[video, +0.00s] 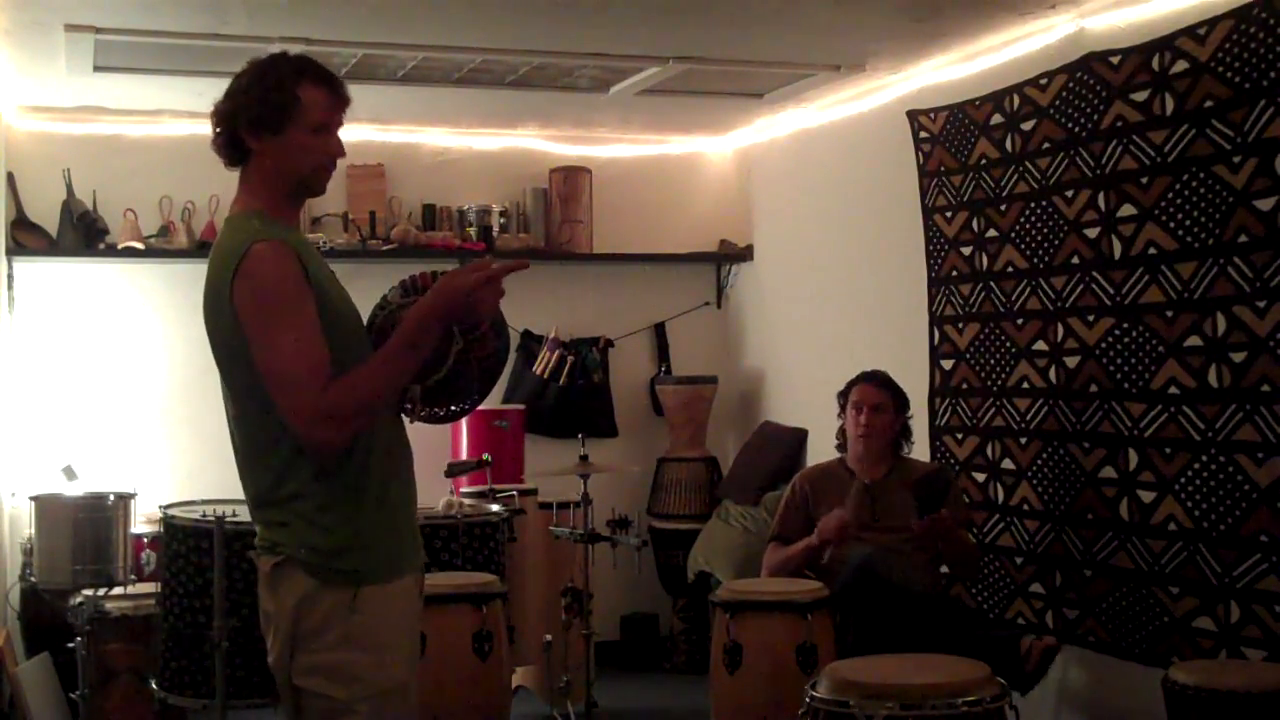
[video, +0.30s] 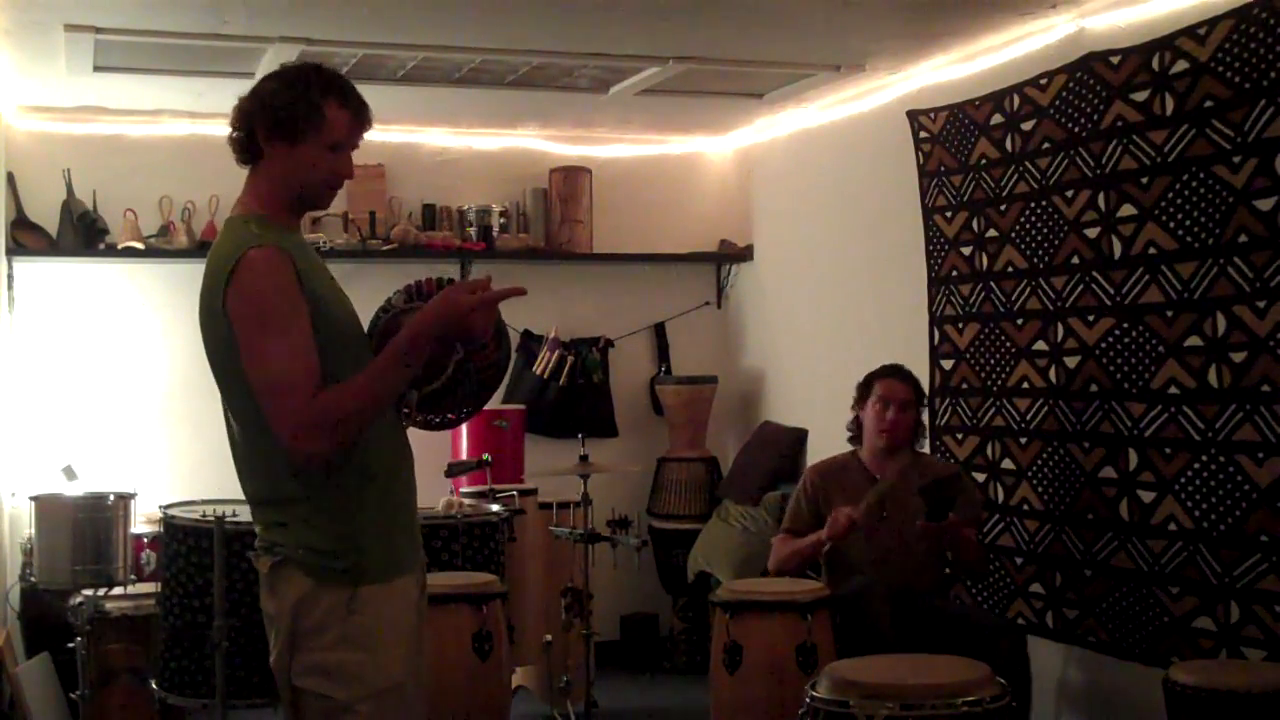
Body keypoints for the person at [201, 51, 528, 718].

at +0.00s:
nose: (339, 148)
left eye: (337, 130)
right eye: (322, 129)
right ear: (260, 135)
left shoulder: (280, 246)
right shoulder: (264, 256)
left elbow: (331, 399)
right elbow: (326, 420)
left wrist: (422, 321)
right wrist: (437, 313)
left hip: (350, 572)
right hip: (338, 581)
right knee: (353, 709)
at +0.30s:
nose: (348, 169)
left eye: (350, 151)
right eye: (335, 149)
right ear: (278, 140)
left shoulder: (279, 249)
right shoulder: (260, 260)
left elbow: (319, 408)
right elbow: (307, 431)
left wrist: (414, 341)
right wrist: (427, 332)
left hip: (356, 572)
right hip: (338, 582)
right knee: (354, 711)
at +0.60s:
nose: (352, 154)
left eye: (351, 136)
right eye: (336, 135)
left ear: (281, 143)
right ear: (275, 139)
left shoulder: (288, 246)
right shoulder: (269, 255)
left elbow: (297, 402)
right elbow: (258, 427)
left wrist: (395, 363)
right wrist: (403, 380)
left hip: (343, 567)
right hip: (329, 576)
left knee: (353, 708)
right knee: (346, 709)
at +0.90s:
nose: (344, 141)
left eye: (342, 125)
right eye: (327, 126)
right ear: (269, 139)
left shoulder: (299, 248)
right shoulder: (264, 256)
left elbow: (304, 393)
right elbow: (231, 428)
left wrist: (389, 374)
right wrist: (370, 396)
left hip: (345, 559)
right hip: (316, 566)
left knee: (356, 704)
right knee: (333, 706)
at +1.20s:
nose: (333, 161)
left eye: (334, 144)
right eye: (318, 143)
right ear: (263, 148)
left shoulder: (285, 255)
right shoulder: (249, 258)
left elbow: (288, 393)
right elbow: (222, 424)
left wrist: (369, 372)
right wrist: (358, 392)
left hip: (329, 561)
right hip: (304, 567)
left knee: (336, 705)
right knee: (317, 706)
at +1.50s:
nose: (327, 150)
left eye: (325, 137)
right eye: (310, 137)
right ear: (256, 149)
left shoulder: (270, 257)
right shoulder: (240, 261)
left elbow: (270, 398)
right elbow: (205, 421)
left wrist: (354, 377)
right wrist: (344, 397)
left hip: (313, 559)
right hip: (293, 564)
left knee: (322, 706)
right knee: (310, 708)